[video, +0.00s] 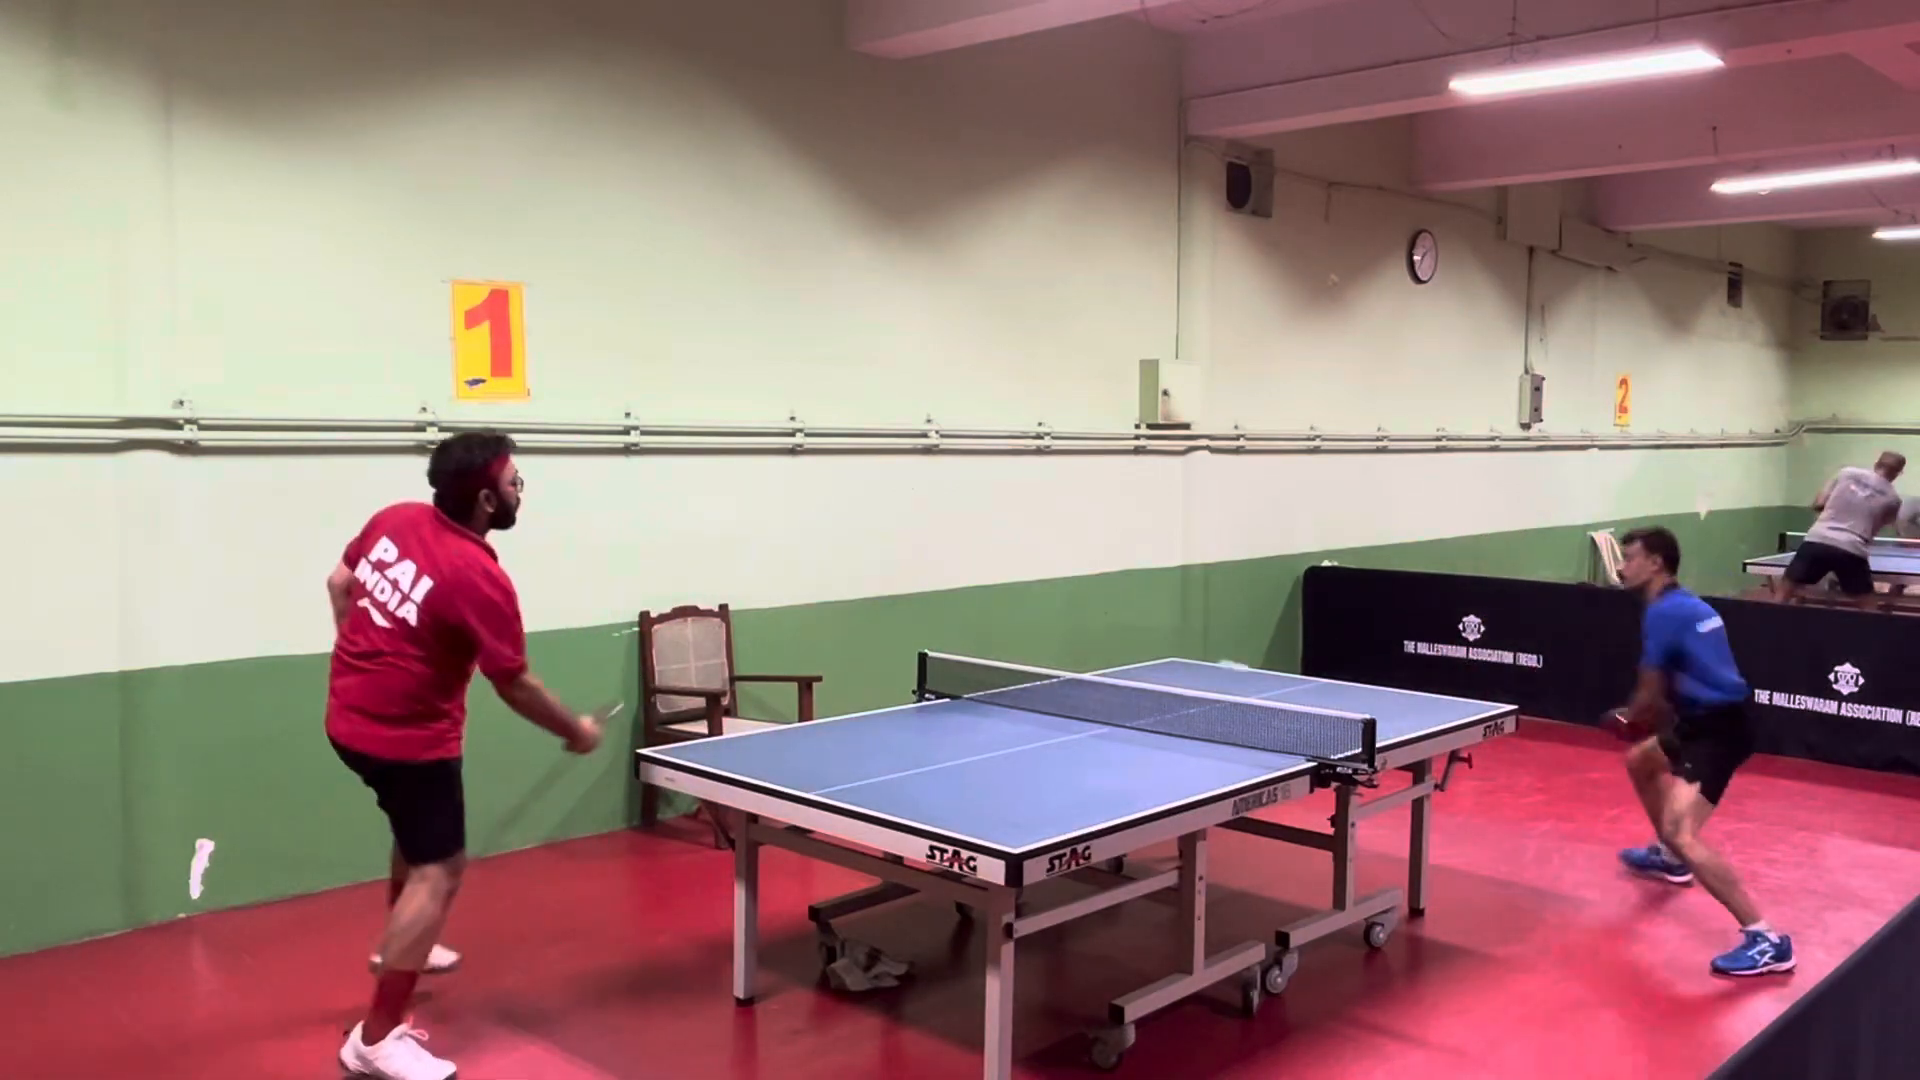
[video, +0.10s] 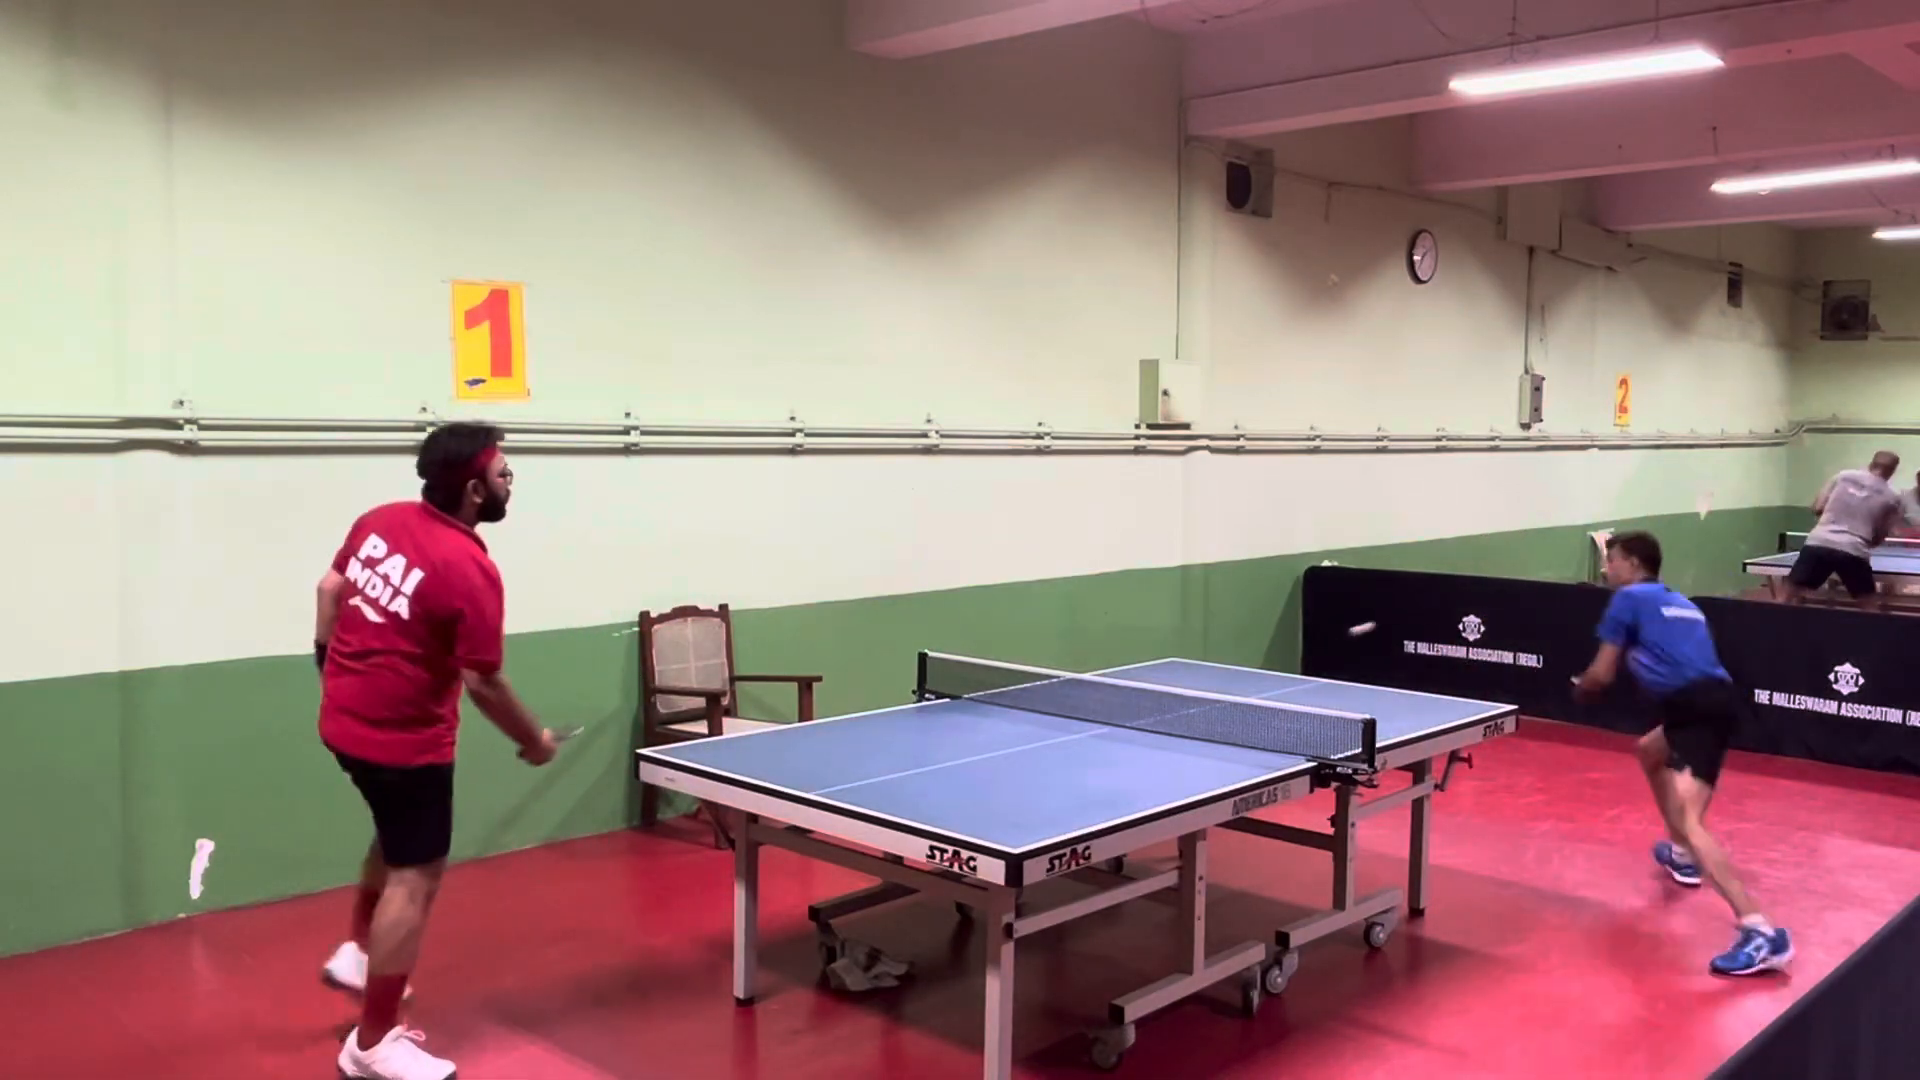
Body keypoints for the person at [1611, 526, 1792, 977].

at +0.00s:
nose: (1622, 566)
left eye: (1629, 558)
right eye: (1624, 558)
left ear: (1656, 565)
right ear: (1659, 567)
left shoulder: (1662, 612)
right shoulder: (1689, 603)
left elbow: (1650, 694)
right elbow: (1684, 681)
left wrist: (1630, 718)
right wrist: (1649, 718)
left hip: (1720, 723)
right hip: (1710, 717)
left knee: (1679, 833)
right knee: (1641, 763)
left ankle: (1763, 937)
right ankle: (1672, 856)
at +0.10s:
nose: (1607, 568)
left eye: (1612, 561)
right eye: (1608, 561)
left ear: (1634, 564)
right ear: (1648, 567)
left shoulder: (1626, 599)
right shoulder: (1678, 600)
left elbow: (1601, 674)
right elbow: (1677, 656)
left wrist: (1583, 685)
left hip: (1696, 705)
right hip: (1723, 699)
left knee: (1687, 821)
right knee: (1649, 752)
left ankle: (1759, 928)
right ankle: (1686, 855)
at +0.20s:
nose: (1592, 567)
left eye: (1595, 560)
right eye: (1593, 560)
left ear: (1608, 561)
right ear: (1630, 562)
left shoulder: (1609, 583)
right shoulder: (1650, 585)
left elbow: (1596, 647)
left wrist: (1561, 680)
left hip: (1680, 668)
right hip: (1701, 669)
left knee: (1689, 773)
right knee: (1658, 747)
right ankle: (1684, 850)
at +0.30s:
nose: (1571, 562)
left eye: (1572, 554)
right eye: (1570, 555)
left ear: (1582, 550)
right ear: (1608, 549)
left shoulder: (1593, 567)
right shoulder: (1630, 570)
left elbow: (1591, 616)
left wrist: (1573, 675)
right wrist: (1575, 613)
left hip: (1655, 641)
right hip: (1692, 646)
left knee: (1633, 744)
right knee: (1665, 746)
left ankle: (1683, 839)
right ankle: (1685, 840)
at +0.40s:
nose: (1549, 550)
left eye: (1546, 542)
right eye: (1546, 544)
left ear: (1554, 531)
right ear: (1576, 525)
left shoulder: (1569, 542)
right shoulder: (1603, 539)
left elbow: (1589, 584)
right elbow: (1564, 590)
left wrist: (1601, 634)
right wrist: (1512, 599)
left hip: (1630, 610)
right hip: (1670, 616)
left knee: (1587, 711)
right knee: (1665, 729)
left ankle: (1625, 802)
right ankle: (1680, 829)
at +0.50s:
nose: (1528, 545)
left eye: (1524, 539)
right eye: (1523, 541)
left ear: (1528, 527)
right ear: (1549, 514)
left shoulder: (1549, 532)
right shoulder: (1579, 530)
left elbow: (1591, 559)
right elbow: (1535, 591)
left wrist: (1619, 599)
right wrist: (1481, 606)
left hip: (1602, 607)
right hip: (1646, 604)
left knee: (1562, 695)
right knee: (1648, 704)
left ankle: (1563, 789)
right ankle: (1679, 794)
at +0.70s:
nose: (1498, 558)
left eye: (1493, 552)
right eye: (1495, 553)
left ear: (1495, 545)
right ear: (1517, 531)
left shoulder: (1515, 559)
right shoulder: (1553, 545)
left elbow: (1549, 601)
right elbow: (1538, 620)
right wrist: (1489, 637)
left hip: (1555, 626)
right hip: (1595, 624)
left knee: (1516, 692)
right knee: (1601, 720)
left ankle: (1525, 776)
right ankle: (1642, 740)